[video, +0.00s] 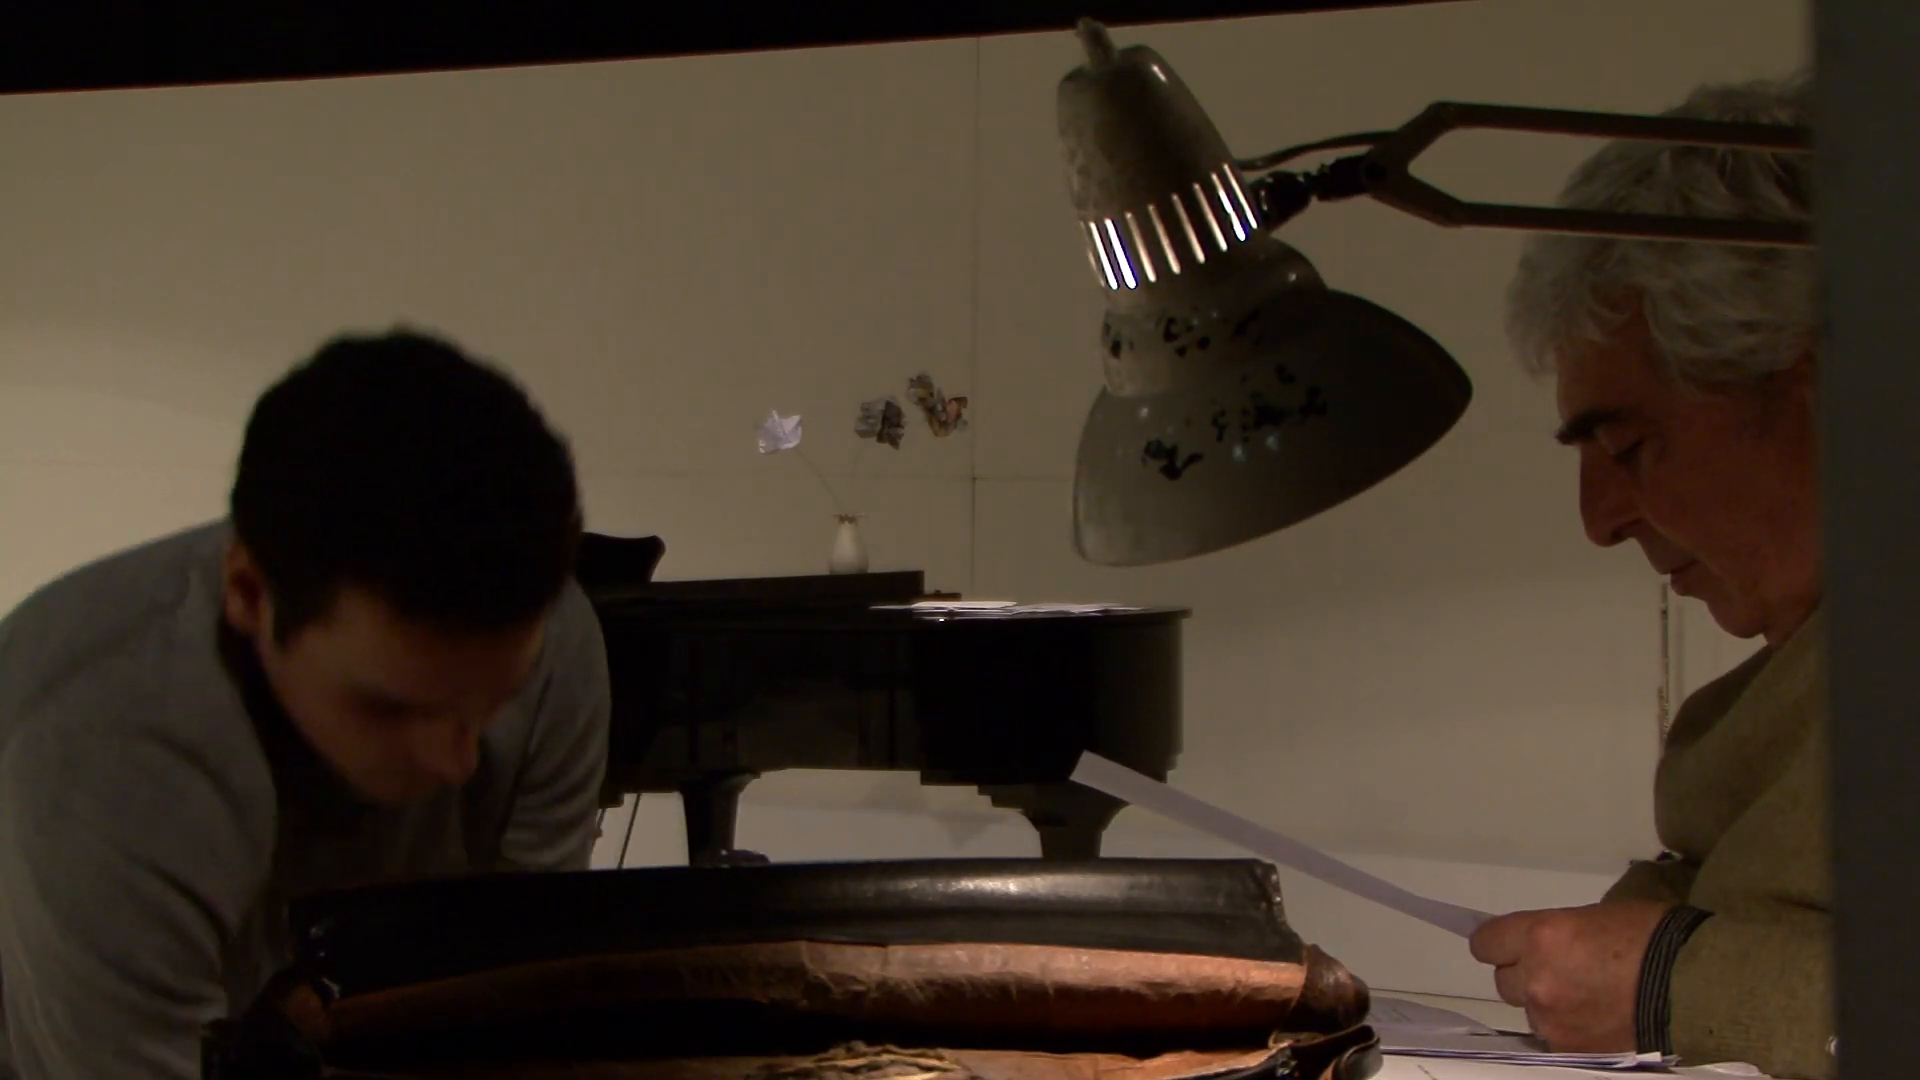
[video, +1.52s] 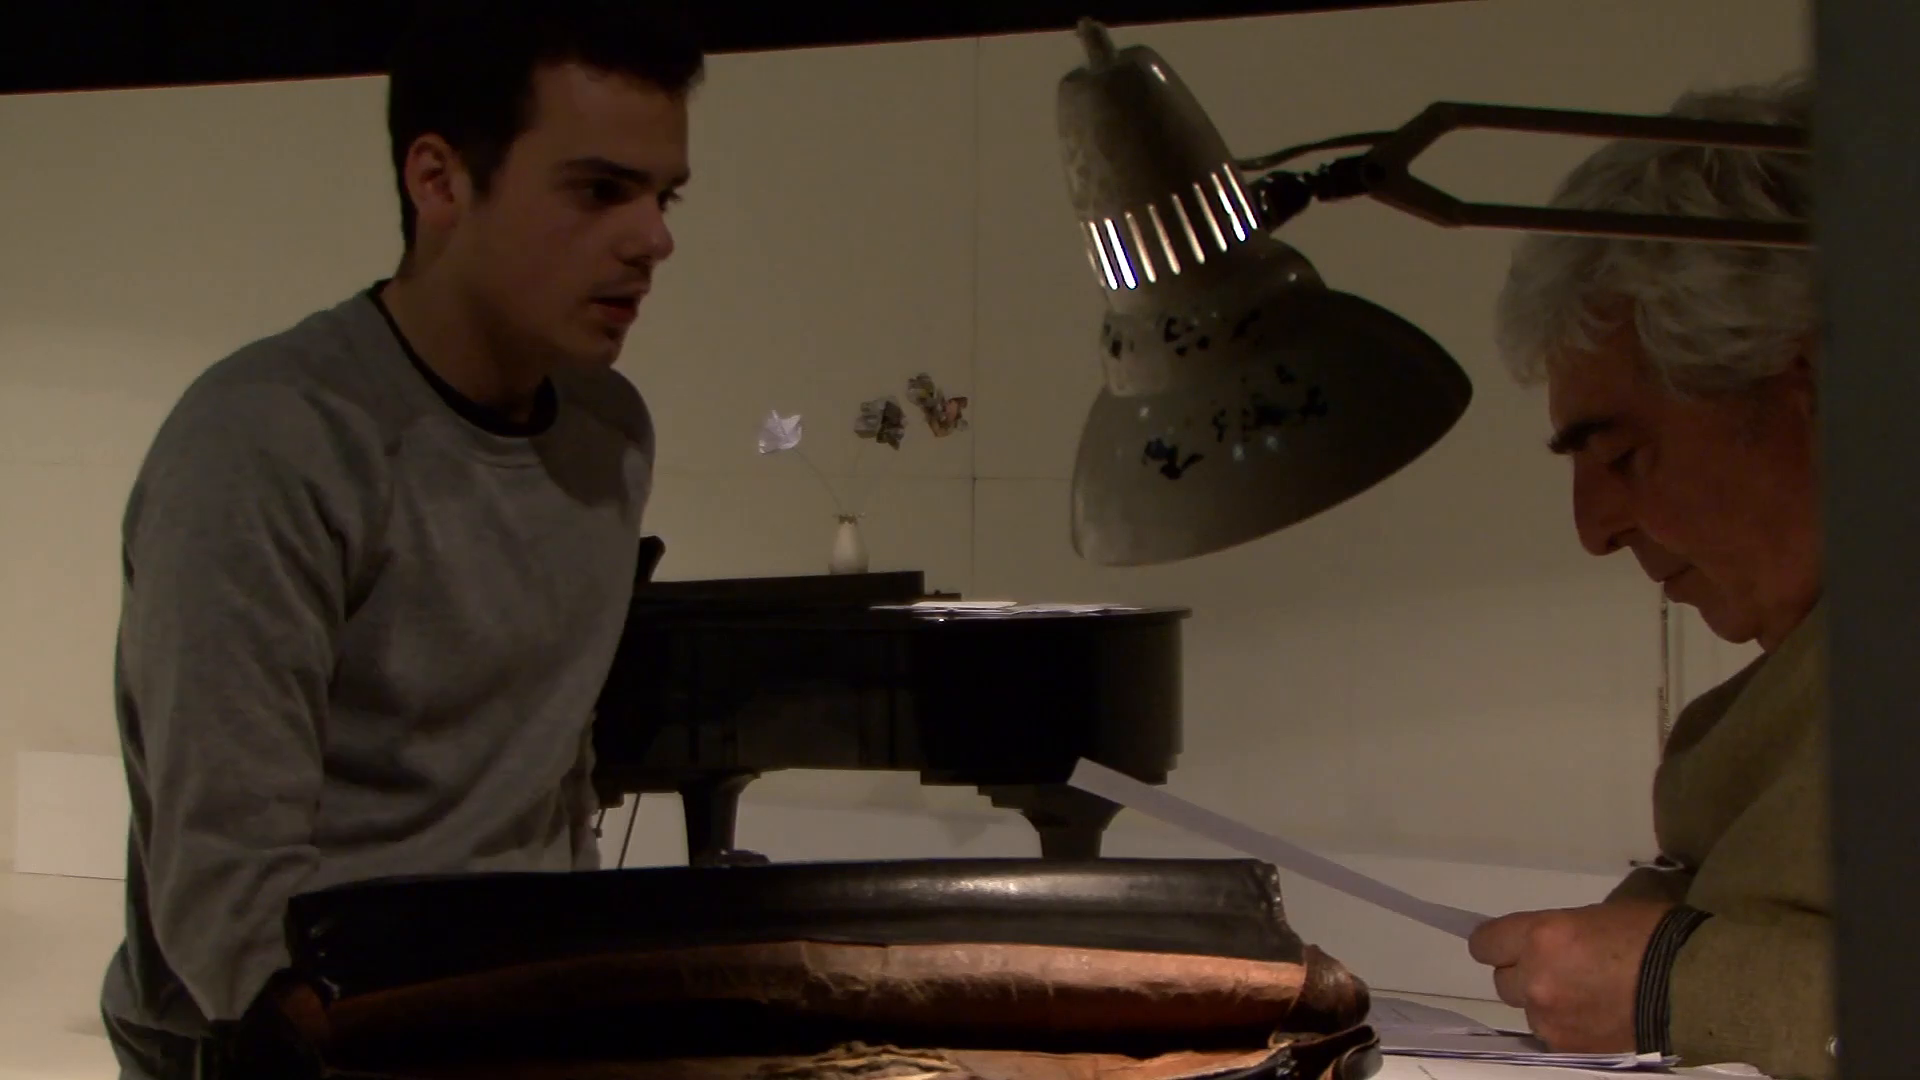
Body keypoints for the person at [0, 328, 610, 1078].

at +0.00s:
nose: (453, 763)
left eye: (491, 703)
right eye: (389, 710)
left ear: (535, 629)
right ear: (249, 596)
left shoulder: (548, 652)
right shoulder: (120, 770)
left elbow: (528, 977)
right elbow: (120, 1063)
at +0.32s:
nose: (573, 503)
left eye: (604, 447)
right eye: (520, 450)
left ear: (628, 401)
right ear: (363, 368)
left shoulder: (594, 554)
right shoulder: (163, 589)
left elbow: (557, 914)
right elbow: (49, 1034)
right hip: (157, 1039)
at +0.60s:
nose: (684, 334)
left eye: (703, 285)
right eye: (636, 278)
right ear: (474, 233)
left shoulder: (647, 505)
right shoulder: (237, 479)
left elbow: (639, 857)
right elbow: (128, 946)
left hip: (491, 1018)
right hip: (232, 1021)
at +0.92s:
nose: (723, 283)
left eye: (742, 242)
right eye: (679, 226)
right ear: (522, 190)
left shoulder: (666, 489)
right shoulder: (293, 421)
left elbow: (614, 810)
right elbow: (190, 837)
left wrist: (618, 1010)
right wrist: (361, 1041)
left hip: (498, 1022)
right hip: (208, 1026)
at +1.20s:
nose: (704, 265)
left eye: (720, 222)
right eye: (654, 210)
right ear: (498, 187)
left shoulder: (642, 466)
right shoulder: (287, 427)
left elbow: (574, 792)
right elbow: (239, 875)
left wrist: (586, 1011)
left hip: (492, 1017)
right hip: (220, 1038)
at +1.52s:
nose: (656, 242)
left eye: (665, 196)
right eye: (600, 189)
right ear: (439, 185)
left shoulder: (608, 430)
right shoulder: (259, 441)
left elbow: (551, 768)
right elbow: (230, 903)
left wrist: (578, 977)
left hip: (518, 986)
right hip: (271, 1022)